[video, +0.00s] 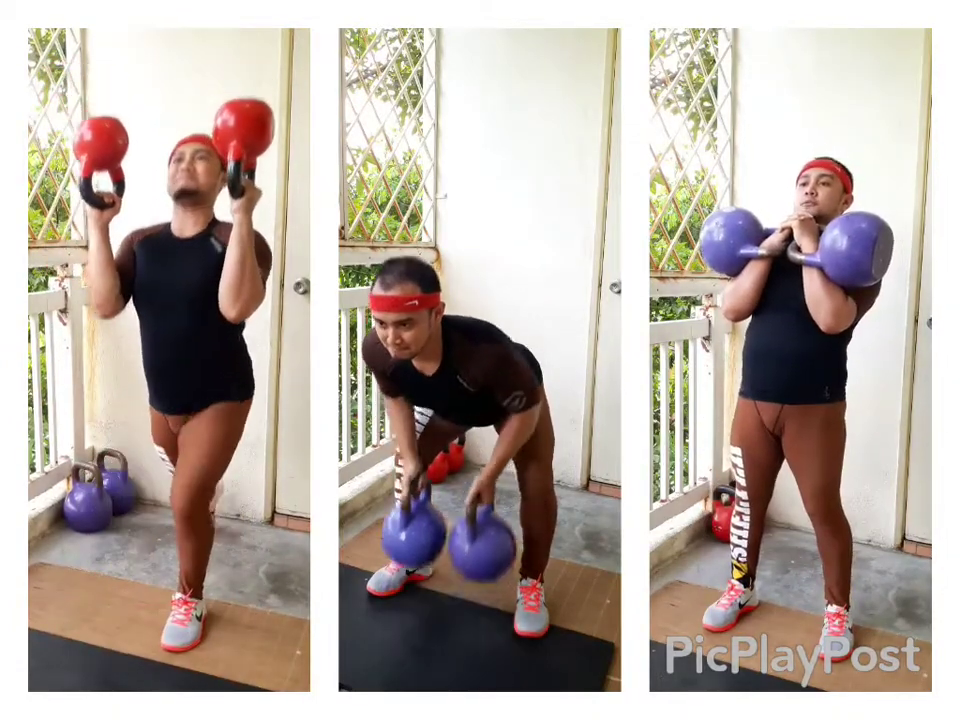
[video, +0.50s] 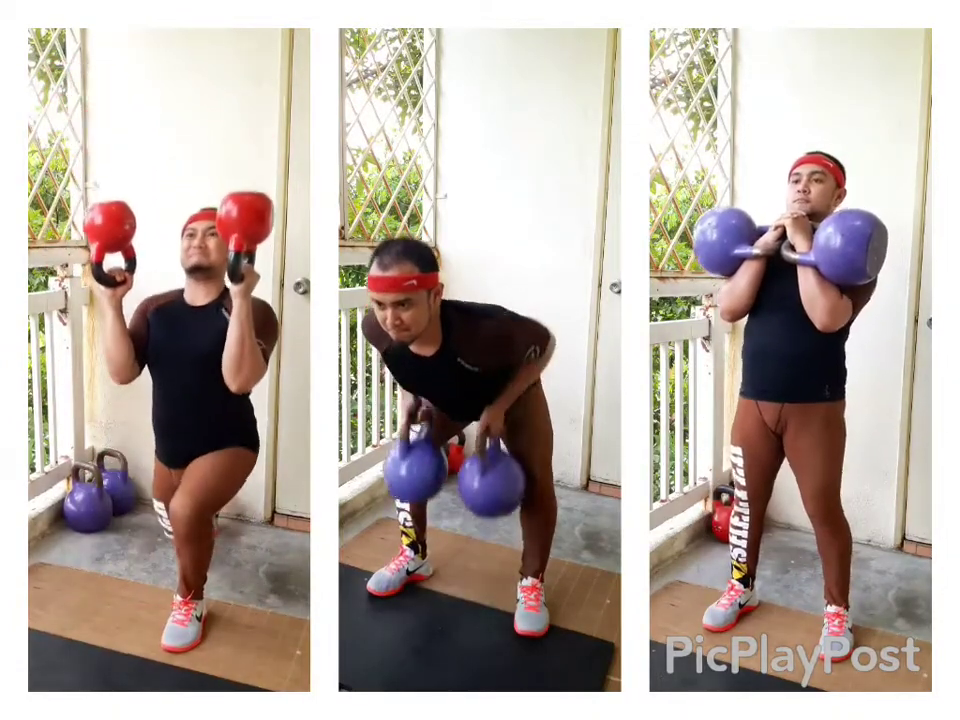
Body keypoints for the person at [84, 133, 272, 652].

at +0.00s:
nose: (186, 166)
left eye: (201, 158)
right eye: (177, 160)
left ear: (222, 177)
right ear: (167, 179)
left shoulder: (243, 241)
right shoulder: (141, 241)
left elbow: (236, 307)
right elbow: (105, 304)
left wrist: (241, 215)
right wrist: (99, 223)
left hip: (222, 391)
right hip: (163, 392)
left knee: (187, 502)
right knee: (185, 480)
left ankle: (189, 598)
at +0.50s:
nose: (199, 241)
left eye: (211, 235)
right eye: (191, 235)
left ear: (230, 250)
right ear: (179, 250)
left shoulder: (253, 311)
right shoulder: (155, 307)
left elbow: (239, 380)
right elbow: (122, 372)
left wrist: (241, 297)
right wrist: (111, 301)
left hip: (228, 441)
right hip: (170, 443)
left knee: (187, 512)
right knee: (175, 517)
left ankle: (188, 600)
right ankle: (196, 574)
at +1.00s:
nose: (200, 206)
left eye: (213, 199)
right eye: (192, 199)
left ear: (233, 215)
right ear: (181, 213)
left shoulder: (254, 283)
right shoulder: (154, 271)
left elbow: (243, 354)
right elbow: (119, 336)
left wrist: (247, 267)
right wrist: (112, 259)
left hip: (223, 416)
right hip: (166, 410)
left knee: (184, 510)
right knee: (171, 472)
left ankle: (189, 600)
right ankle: (207, 506)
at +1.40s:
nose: (198, 122)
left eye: (211, 116)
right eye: (191, 117)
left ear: (236, 136)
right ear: (180, 137)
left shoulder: (258, 208)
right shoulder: (149, 202)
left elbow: (240, 276)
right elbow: (110, 268)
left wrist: (243, 180)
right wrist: (104, 184)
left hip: (216, 380)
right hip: (154, 373)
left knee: (201, 494)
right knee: (144, 479)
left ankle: (191, 597)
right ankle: (172, 538)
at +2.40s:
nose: (159, 134)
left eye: (172, 126)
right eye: (150, 127)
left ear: (195, 144)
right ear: (139, 146)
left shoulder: (216, 214)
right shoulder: (110, 207)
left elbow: (198, 282)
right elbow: (73, 274)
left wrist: (201, 189)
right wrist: (70, 194)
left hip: (185, 381)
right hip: (122, 379)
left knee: (186, 493)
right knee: (126, 493)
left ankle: (212, 517)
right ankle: (142, 584)